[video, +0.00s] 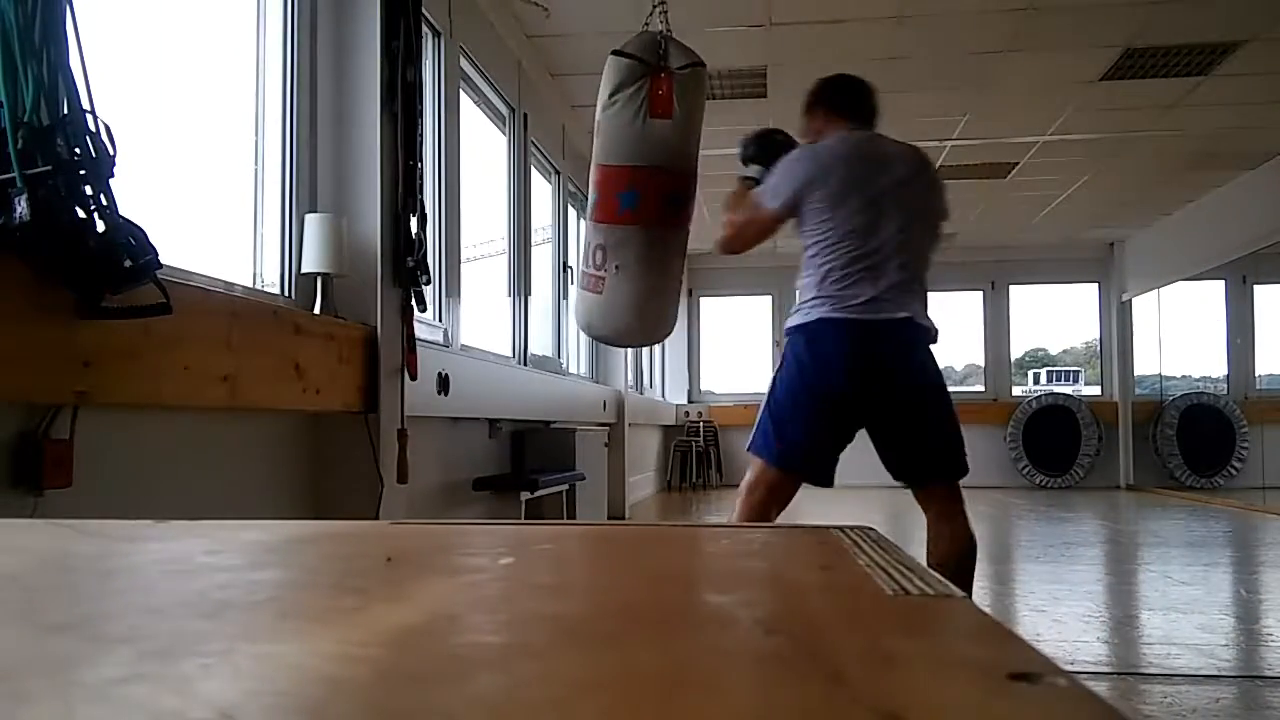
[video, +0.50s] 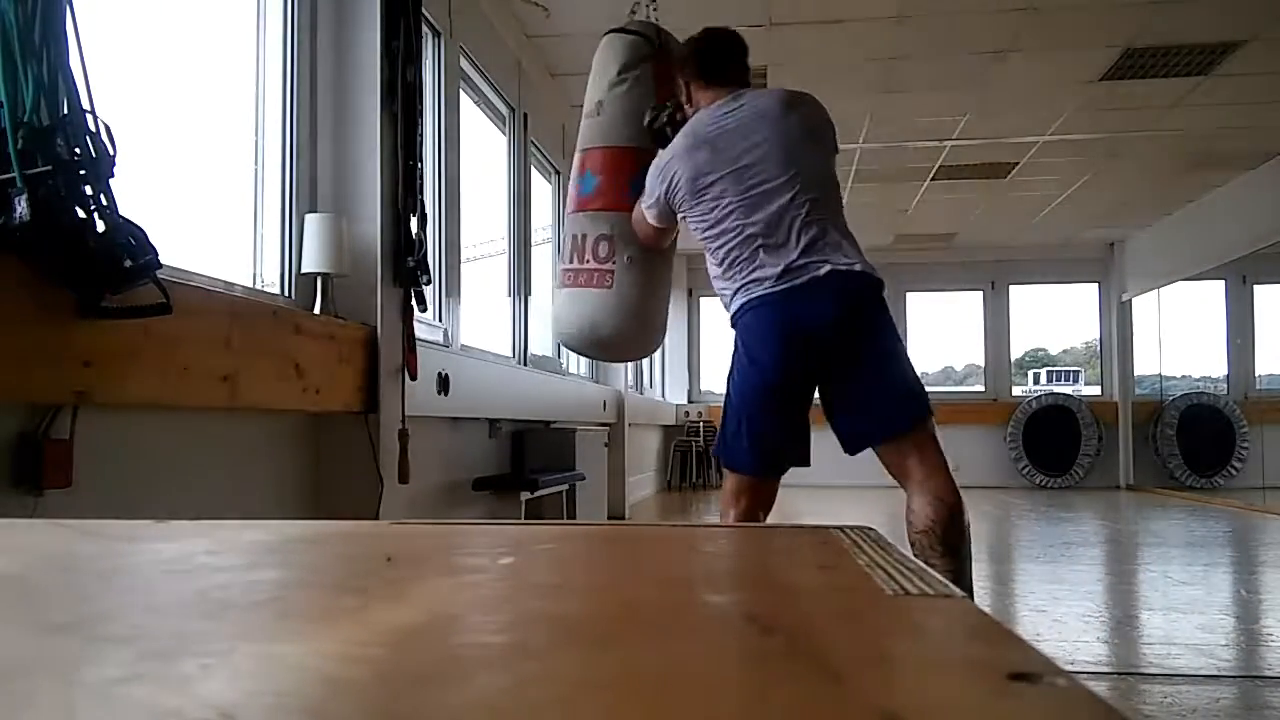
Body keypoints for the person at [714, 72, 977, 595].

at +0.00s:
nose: (807, 134)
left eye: (808, 124)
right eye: (806, 126)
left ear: (821, 119)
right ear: (870, 117)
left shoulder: (813, 160)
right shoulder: (919, 165)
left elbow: (733, 237)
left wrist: (748, 175)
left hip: (823, 348)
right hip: (904, 349)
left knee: (760, 500)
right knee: (945, 506)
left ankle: (726, 620)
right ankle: (955, 639)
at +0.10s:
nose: (753, 130)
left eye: (752, 123)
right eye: (754, 124)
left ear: (757, 120)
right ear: (807, 114)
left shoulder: (746, 165)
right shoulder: (864, 149)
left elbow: (678, 229)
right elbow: (820, 205)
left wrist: (704, 165)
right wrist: (759, 151)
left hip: (801, 347)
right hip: (884, 340)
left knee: (758, 507)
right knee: (931, 505)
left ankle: (734, 643)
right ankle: (966, 640)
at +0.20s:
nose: (708, 122)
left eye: (707, 116)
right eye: (709, 115)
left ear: (714, 113)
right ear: (764, 101)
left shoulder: (704, 171)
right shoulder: (822, 130)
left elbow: (657, 230)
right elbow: (786, 184)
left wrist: (675, 166)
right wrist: (715, 148)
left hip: (790, 332)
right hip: (872, 316)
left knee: (760, 505)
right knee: (925, 487)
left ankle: (741, 642)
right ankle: (964, 634)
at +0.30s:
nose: (685, 120)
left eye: (683, 113)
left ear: (685, 112)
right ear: (741, 100)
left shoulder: (677, 175)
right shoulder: (795, 123)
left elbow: (652, 233)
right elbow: (786, 181)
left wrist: (664, 166)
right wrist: (697, 144)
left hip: (777, 329)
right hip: (858, 307)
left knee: (752, 505)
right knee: (922, 473)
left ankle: (734, 643)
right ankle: (960, 626)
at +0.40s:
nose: (672, 111)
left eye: (673, 103)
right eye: (674, 104)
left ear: (679, 101)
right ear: (734, 89)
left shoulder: (671, 165)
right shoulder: (790, 115)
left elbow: (655, 232)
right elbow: (809, 163)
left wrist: (661, 156)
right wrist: (695, 132)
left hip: (769, 326)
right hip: (849, 304)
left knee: (747, 505)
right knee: (918, 468)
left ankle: (730, 646)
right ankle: (960, 622)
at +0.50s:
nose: (686, 95)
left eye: (683, 87)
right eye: (686, 89)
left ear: (685, 88)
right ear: (746, 74)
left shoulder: (676, 159)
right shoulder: (801, 107)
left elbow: (650, 233)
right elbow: (816, 159)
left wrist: (665, 153)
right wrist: (711, 120)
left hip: (768, 324)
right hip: (853, 300)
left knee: (743, 506)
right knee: (926, 473)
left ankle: (733, 649)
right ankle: (956, 629)